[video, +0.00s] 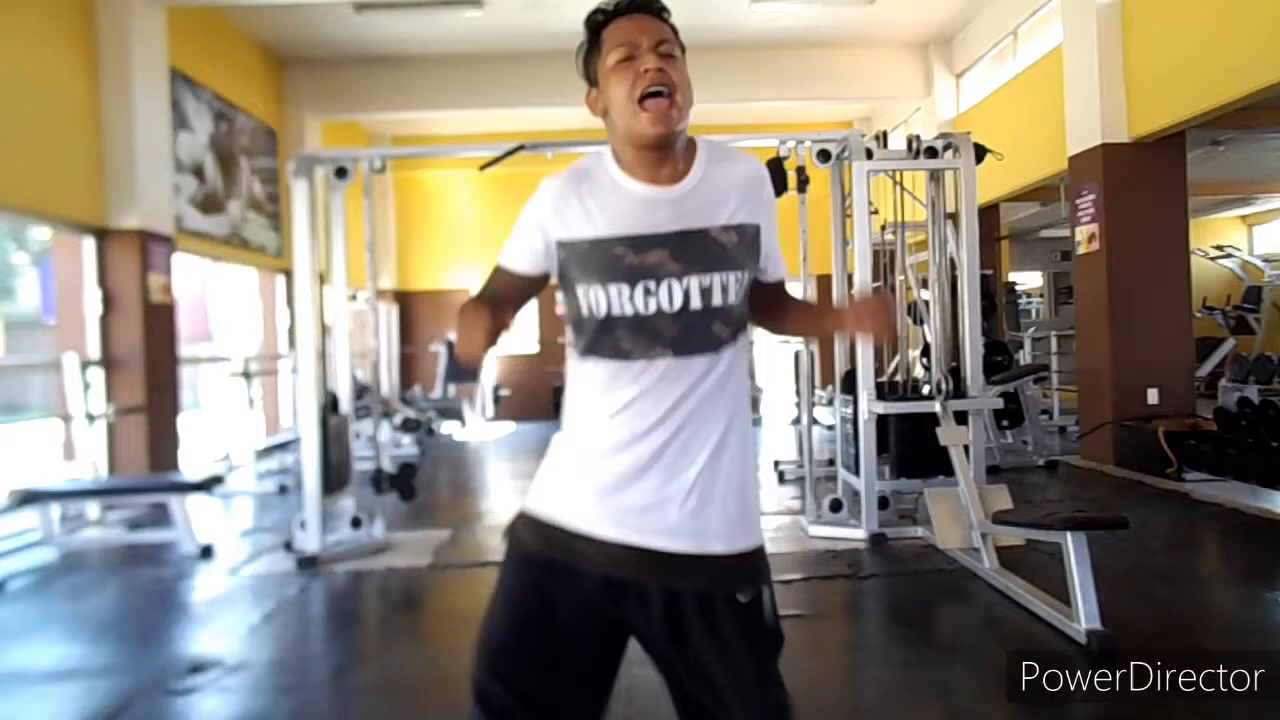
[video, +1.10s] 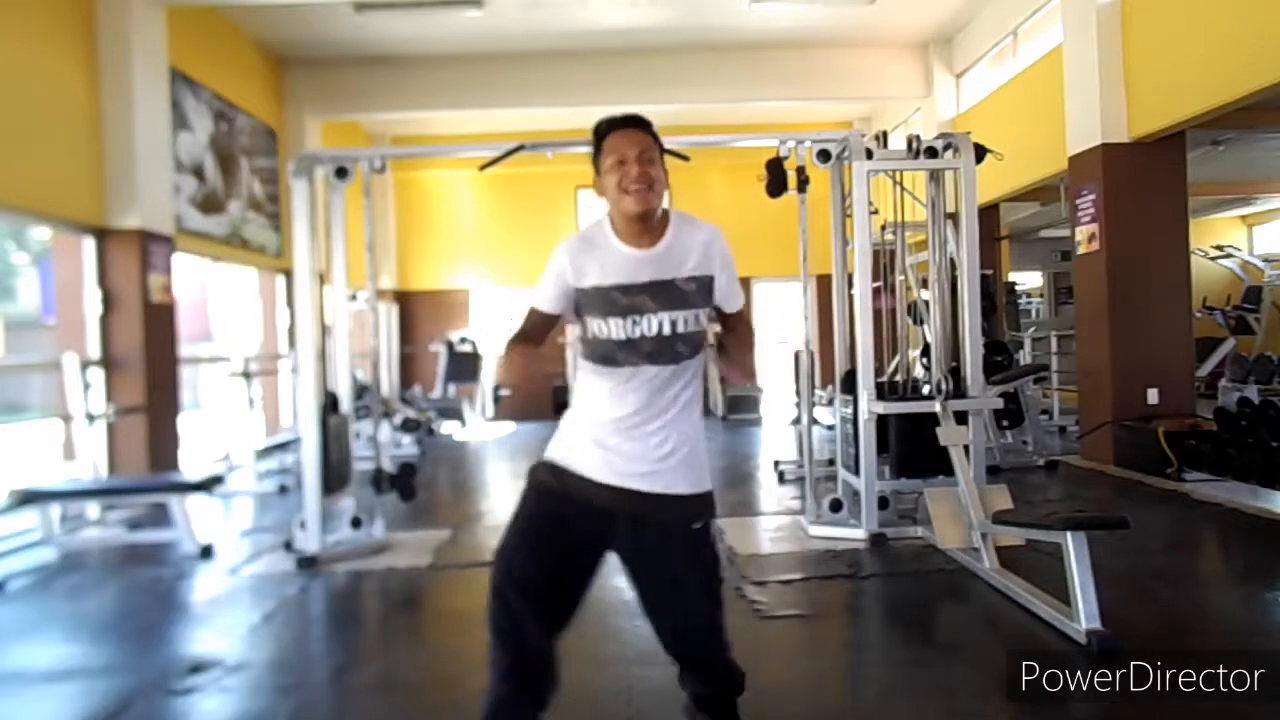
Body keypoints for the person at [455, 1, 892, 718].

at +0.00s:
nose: (654, 64)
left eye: (666, 51)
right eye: (626, 58)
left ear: (690, 81)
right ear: (596, 100)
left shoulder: (742, 179)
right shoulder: (563, 198)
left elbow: (763, 300)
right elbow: (492, 303)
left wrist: (840, 318)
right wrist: (475, 338)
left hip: (710, 540)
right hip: (573, 528)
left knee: (751, 712)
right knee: (511, 704)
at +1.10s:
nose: (637, 172)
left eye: (647, 159)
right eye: (620, 164)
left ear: (666, 169)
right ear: (599, 184)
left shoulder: (705, 243)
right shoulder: (578, 253)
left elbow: (734, 321)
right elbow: (533, 334)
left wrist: (739, 364)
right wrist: (517, 362)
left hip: (672, 481)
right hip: (578, 469)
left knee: (700, 647)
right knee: (516, 601)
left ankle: (717, 706)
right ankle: (516, 707)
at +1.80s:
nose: (637, 205)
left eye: (647, 191)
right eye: (623, 194)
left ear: (665, 193)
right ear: (604, 200)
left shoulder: (692, 261)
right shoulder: (578, 260)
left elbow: (735, 342)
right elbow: (523, 320)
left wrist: (733, 352)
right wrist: (495, 362)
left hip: (670, 455)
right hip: (582, 457)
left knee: (720, 575)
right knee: (548, 580)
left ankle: (730, 660)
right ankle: (516, 684)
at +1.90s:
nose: (650, 222)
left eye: (659, 209)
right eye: (636, 209)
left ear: (670, 203)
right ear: (606, 206)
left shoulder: (694, 258)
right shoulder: (580, 262)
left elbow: (718, 338)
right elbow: (528, 329)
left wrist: (719, 321)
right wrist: (510, 314)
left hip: (667, 462)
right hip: (584, 452)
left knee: (697, 590)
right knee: (523, 558)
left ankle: (732, 670)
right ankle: (514, 675)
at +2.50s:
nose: (633, 194)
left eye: (645, 184)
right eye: (621, 184)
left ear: (659, 196)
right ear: (602, 194)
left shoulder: (683, 267)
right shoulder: (569, 261)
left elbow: (718, 336)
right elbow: (523, 325)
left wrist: (751, 363)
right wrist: (517, 362)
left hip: (660, 449)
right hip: (575, 455)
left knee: (720, 567)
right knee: (549, 589)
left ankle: (730, 670)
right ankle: (515, 689)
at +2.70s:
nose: (634, 178)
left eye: (646, 170)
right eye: (623, 169)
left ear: (662, 183)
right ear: (604, 181)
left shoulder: (690, 250)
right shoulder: (575, 252)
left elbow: (700, 336)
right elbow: (540, 327)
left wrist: (721, 309)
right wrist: (511, 319)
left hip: (668, 450)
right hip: (582, 443)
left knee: (690, 582)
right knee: (519, 565)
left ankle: (724, 673)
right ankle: (517, 670)